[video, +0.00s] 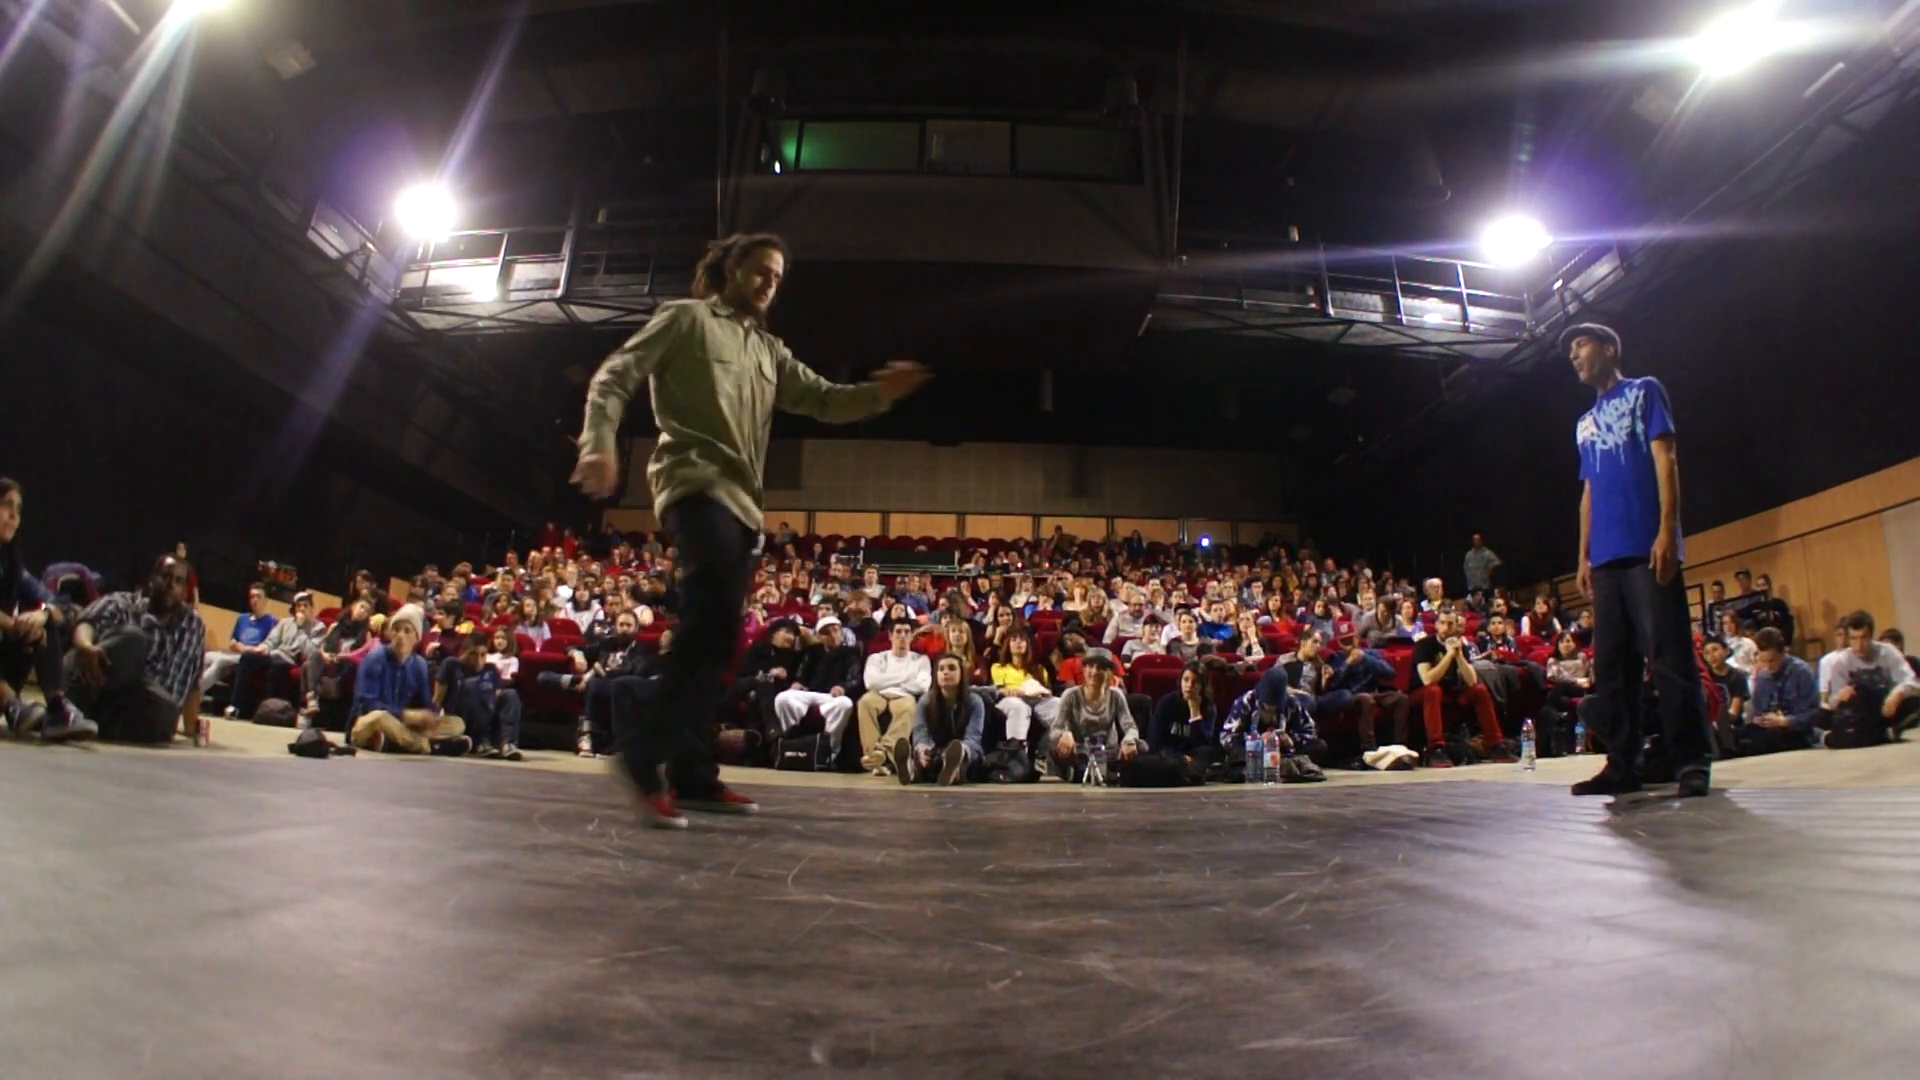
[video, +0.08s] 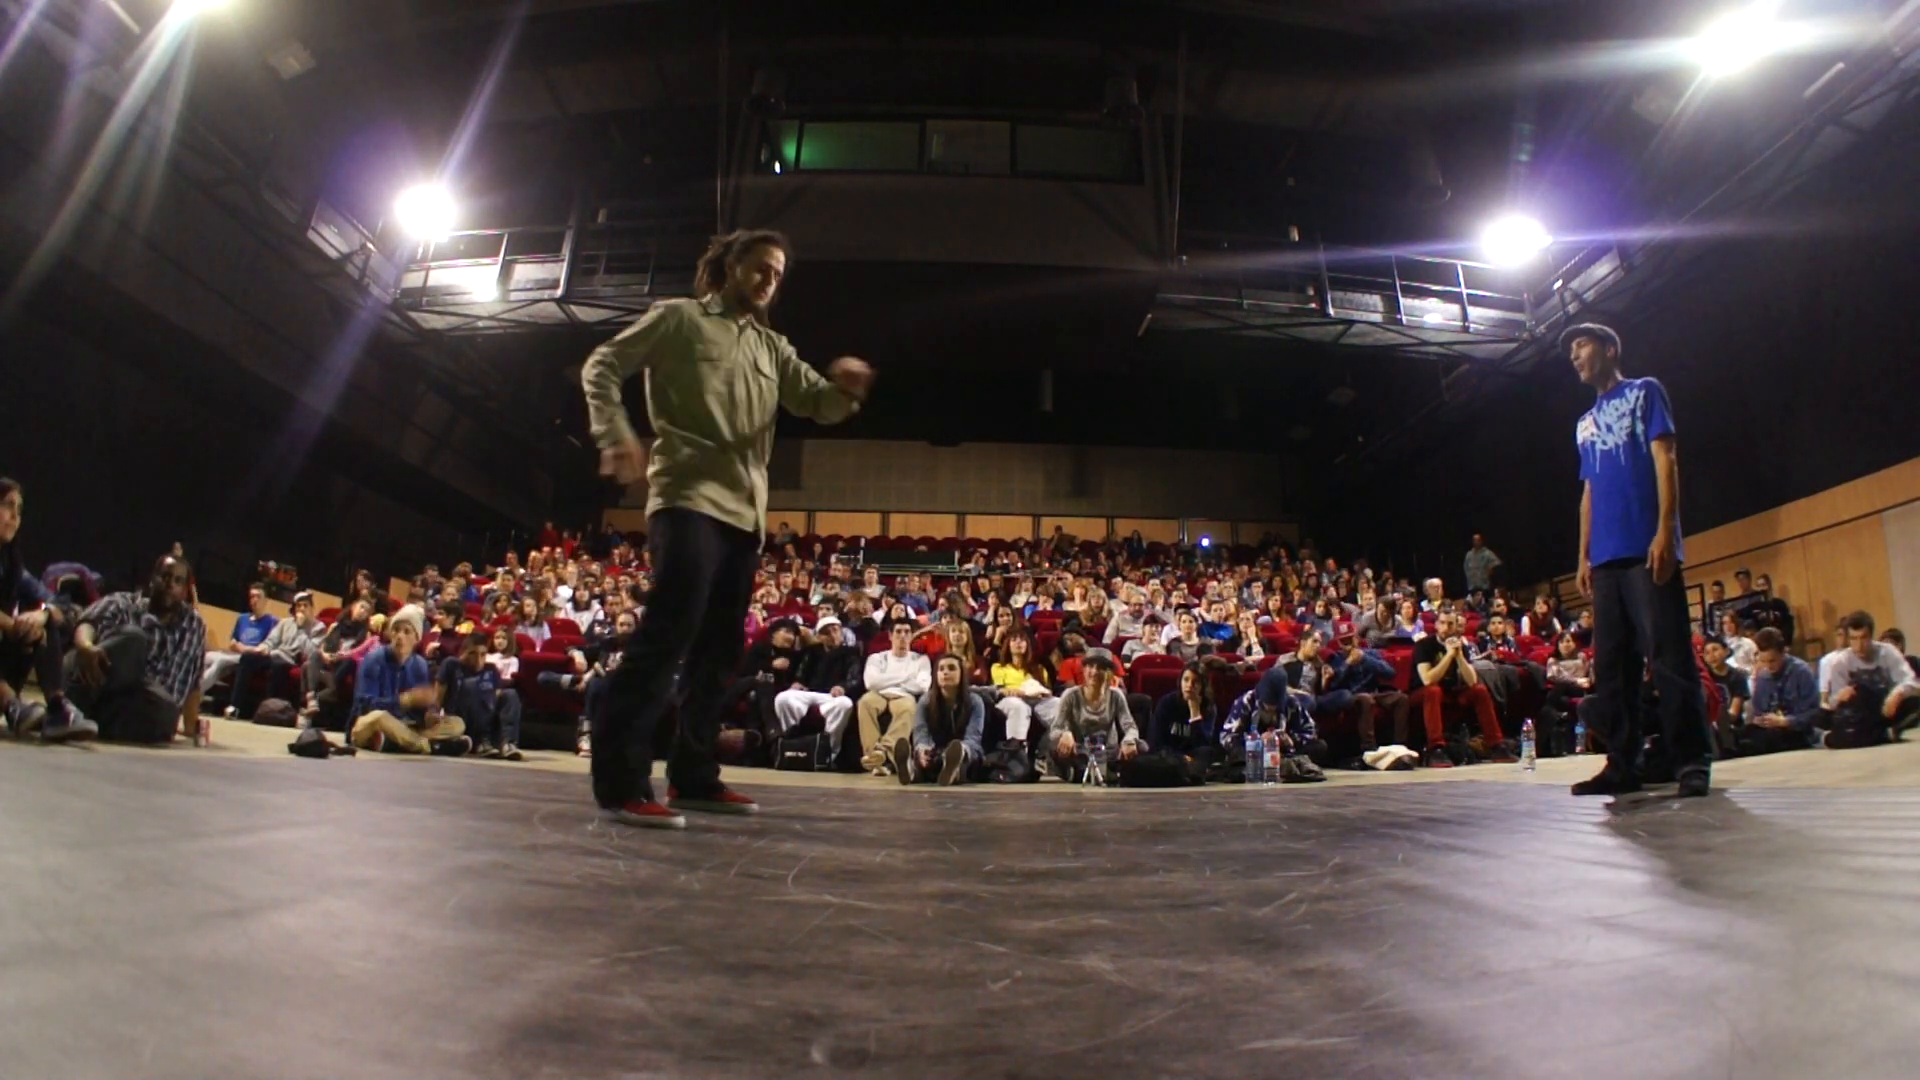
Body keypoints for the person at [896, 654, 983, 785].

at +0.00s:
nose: (946, 672)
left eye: (952, 668)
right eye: (941, 669)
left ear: (961, 673)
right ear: (935, 674)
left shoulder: (975, 701)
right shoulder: (925, 701)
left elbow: (973, 737)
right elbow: (920, 730)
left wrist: (960, 750)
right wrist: (922, 748)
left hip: (962, 749)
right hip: (934, 749)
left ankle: (949, 772)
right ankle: (910, 769)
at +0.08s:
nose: (946, 672)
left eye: (951, 668)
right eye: (941, 669)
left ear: (961, 673)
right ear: (935, 674)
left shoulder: (975, 701)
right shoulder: (925, 701)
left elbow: (974, 737)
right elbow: (920, 729)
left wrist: (961, 750)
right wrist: (922, 747)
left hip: (963, 749)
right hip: (934, 749)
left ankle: (949, 773)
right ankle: (910, 769)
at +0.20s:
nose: (945, 673)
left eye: (951, 668)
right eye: (941, 669)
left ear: (962, 674)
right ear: (936, 674)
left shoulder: (974, 701)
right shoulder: (925, 701)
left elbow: (974, 736)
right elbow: (921, 729)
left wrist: (962, 750)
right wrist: (922, 747)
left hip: (963, 748)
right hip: (934, 748)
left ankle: (950, 773)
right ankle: (912, 768)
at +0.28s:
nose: (945, 673)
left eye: (951, 668)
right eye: (941, 669)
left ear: (962, 674)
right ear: (935, 674)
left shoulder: (974, 701)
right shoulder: (925, 701)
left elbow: (974, 735)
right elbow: (921, 729)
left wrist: (962, 751)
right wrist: (922, 747)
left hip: (963, 749)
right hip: (934, 749)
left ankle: (949, 773)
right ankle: (912, 768)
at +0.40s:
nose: (945, 673)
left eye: (951, 668)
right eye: (940, 669)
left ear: (961, 674)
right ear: (935, 674)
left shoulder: (974, 701)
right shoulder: (925, 701)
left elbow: (974, 735)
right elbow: (920, 729)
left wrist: (962, 751)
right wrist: (922, 747)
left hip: (963, 749)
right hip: (934, 749)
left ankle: (949, 773)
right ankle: (912, 769)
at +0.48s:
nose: (945, 673)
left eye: (951, 668)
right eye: (940, 669)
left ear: (961, 674)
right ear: (935, 674)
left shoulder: (974, 701)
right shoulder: (925, 701)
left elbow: (974, 735)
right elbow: (920, 729)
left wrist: (962, 751)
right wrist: (922, 747)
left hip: (963, 749)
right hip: (934, 749)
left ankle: (949, 773)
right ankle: (912, 769)